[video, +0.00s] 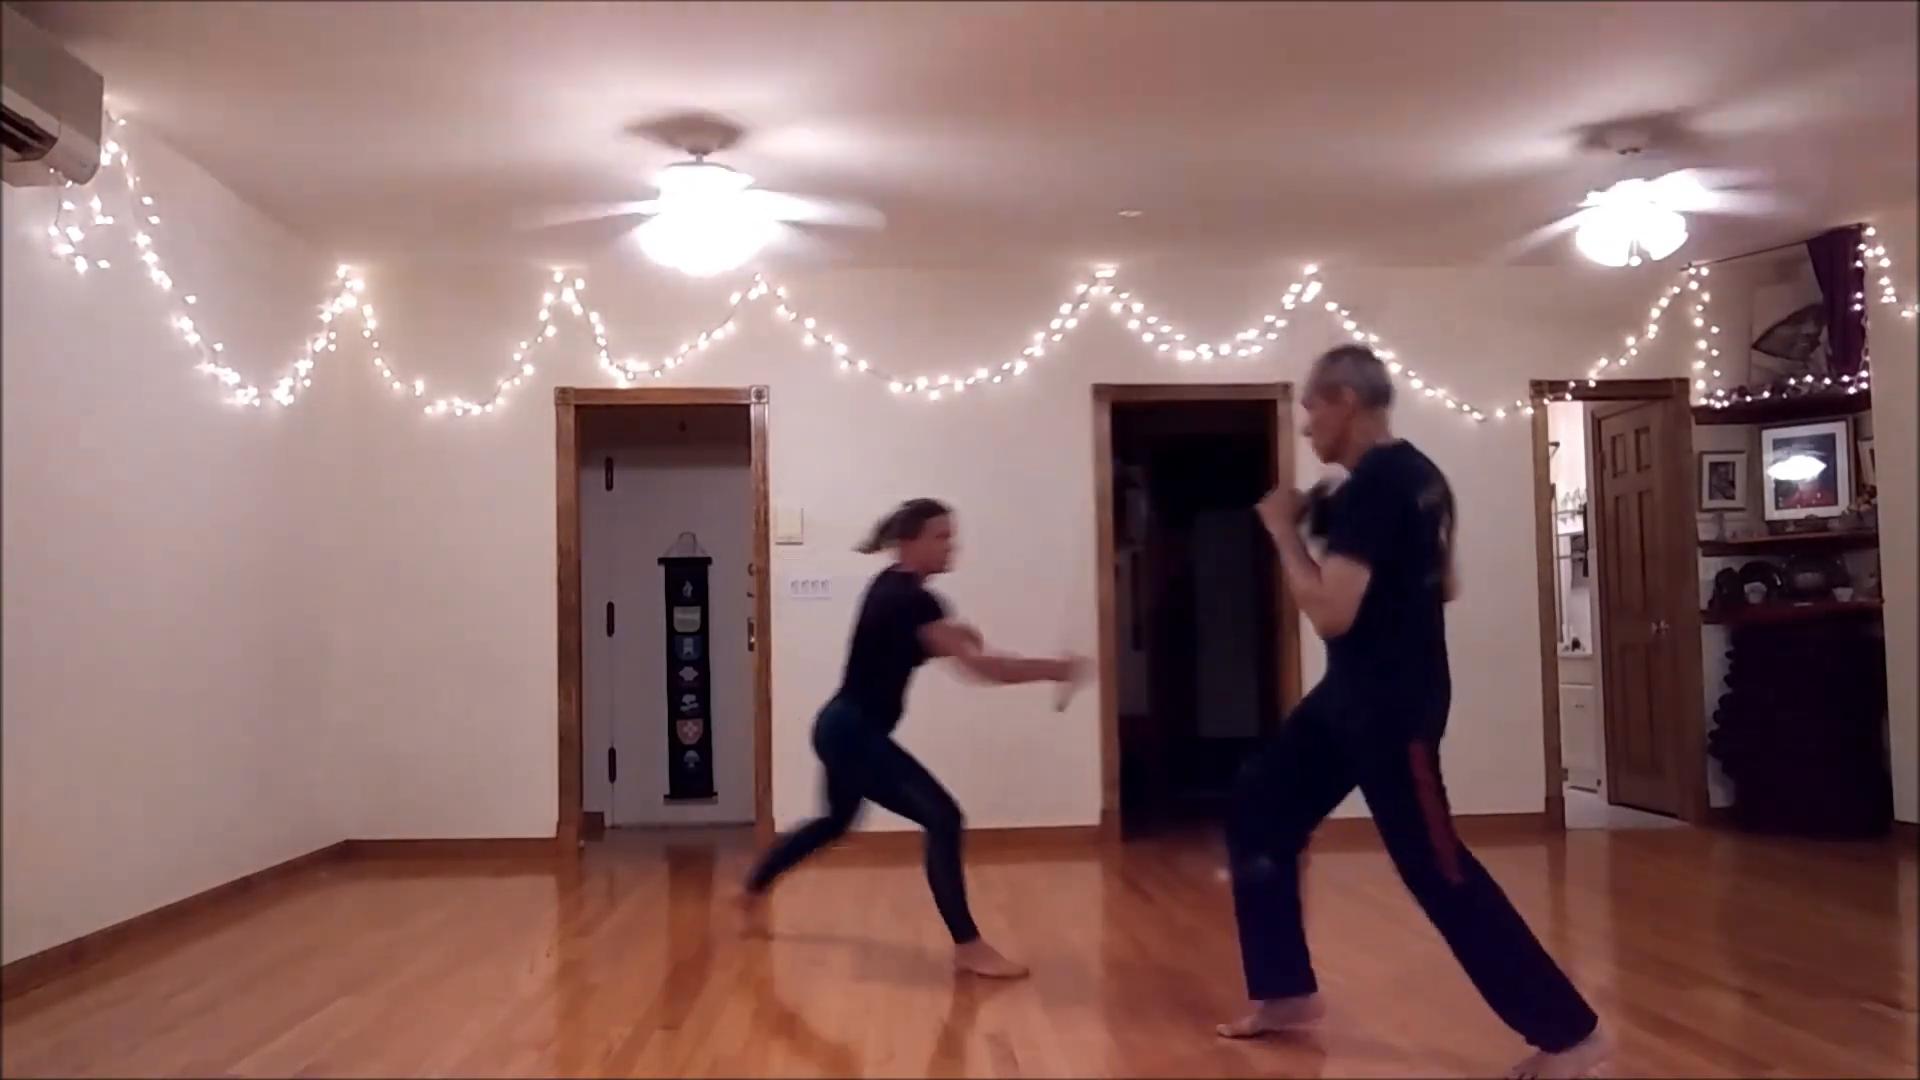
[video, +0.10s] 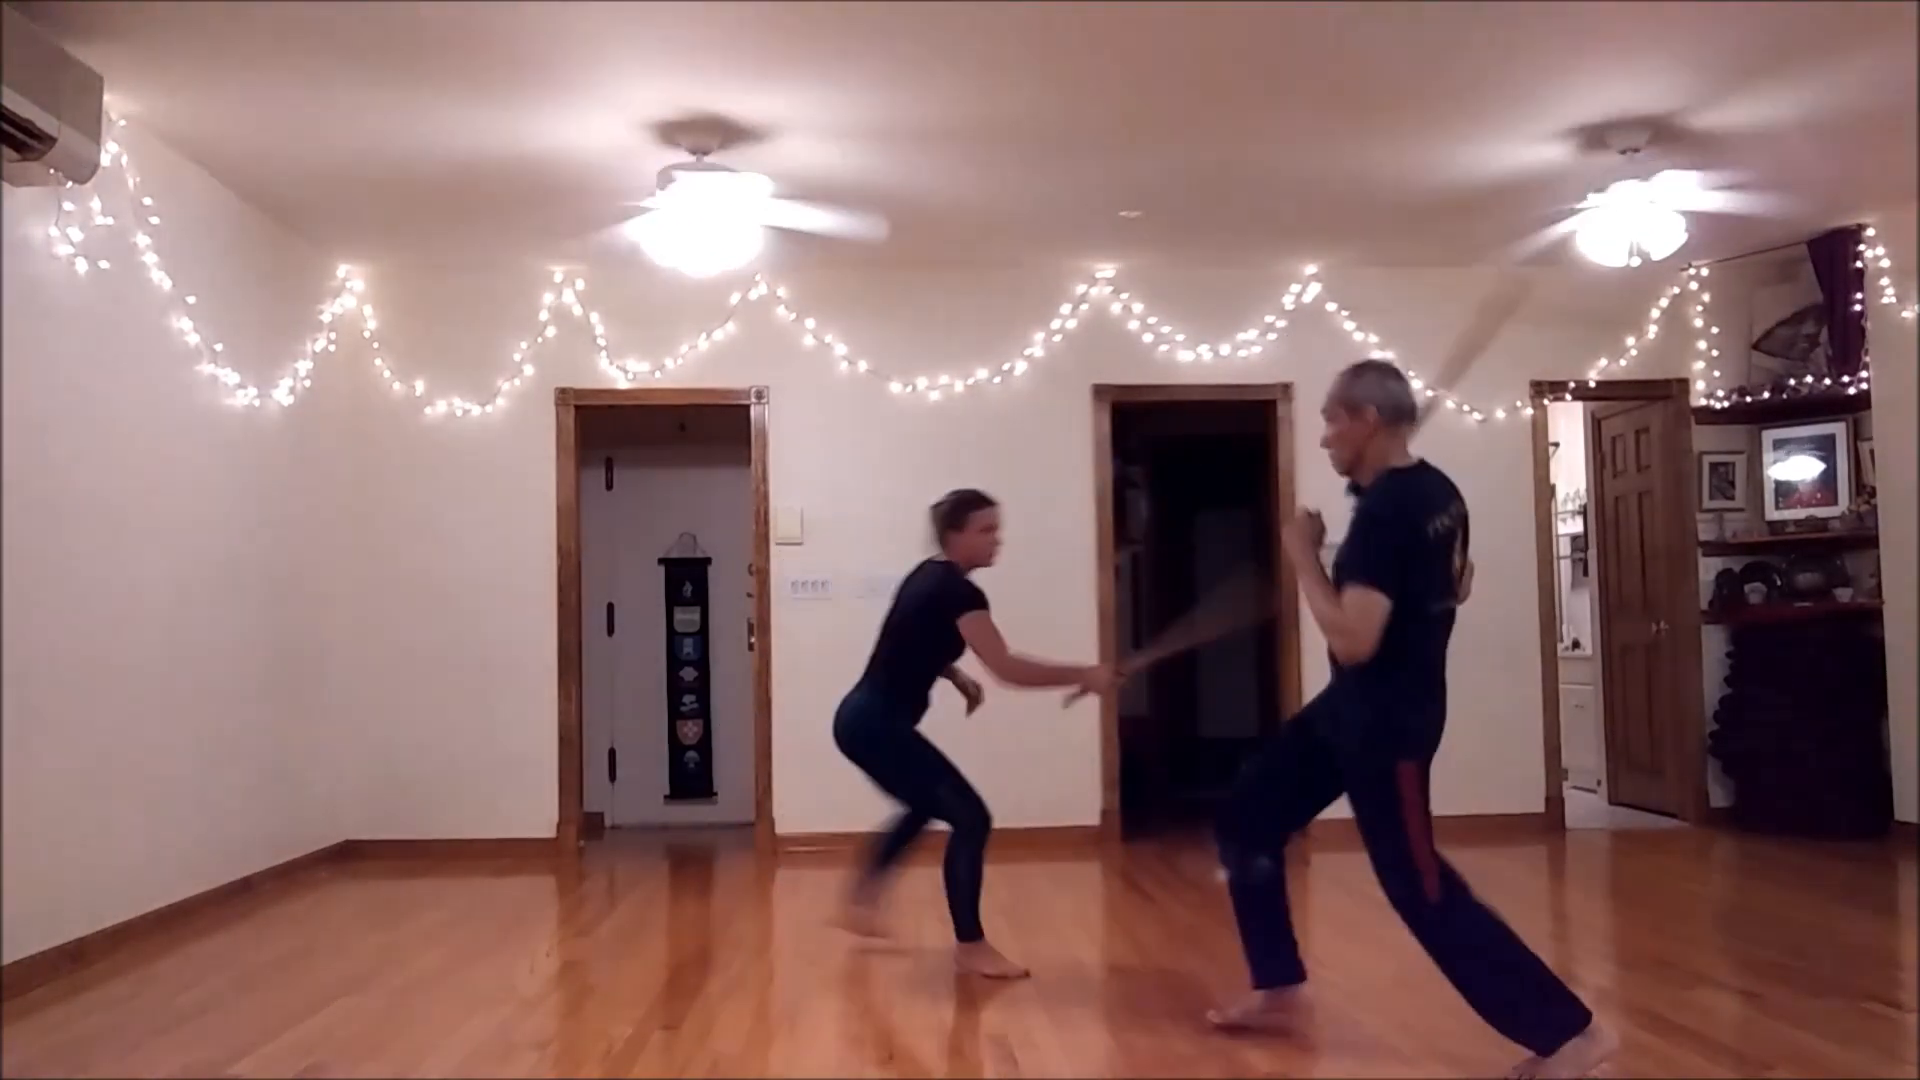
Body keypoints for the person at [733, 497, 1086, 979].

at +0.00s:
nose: (949, 546)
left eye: (950, 537)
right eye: (941, 537)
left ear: (910, 543)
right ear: (910, 542)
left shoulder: (892, 586)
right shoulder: (908, 598)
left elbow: (929, 637)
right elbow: (981, 664)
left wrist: (958, 637)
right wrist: (1054, 670)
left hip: (843, 729)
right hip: (856, 739)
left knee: (836, 820)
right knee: (943, 817)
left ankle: (755, 883)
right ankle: (968, 945)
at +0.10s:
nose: (997, 539)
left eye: (997, 530)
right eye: (987, 531)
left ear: (953, 537)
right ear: (955, 535)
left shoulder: (926, 575)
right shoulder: (957, 590)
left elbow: (913, 642)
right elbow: (1007, 668)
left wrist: (957, 678)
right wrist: (1085, 674)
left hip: (860, 720)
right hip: (880, 730)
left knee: (926, 803)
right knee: (972, 819)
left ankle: (862, 898)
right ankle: (971, 946)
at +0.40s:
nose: (1029, 508)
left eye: (1030, 497)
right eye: (1021, 497)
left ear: (981, 501)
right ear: (982, 497)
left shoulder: (935, 551)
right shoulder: (995, 561)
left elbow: (905, 621)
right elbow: (1066, 631)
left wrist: (955, 653)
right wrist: (1118, 574)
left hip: (936, 719)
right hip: (970, 723)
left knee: (1002, 826)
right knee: (1027, 841)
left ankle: (1010, 940)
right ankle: (1004, 973)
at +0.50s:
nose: (1033, 504)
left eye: (1034, 492)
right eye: (1028, 492)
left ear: (979, 494)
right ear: (991, 491)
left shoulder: (928, 551)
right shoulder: (1017, 554)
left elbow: (897, 636)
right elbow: (1090, 624)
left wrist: (947, 662)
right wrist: (1148, 577)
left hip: (928, 731)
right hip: (990, 732)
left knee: (974, 827)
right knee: (1027, 876)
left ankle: (999, 930)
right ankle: (985, 1013)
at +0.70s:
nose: (1027, 494)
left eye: (1028, 482)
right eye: (1025, 482)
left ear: (969, 477)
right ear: (1000, 478)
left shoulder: (912, 536)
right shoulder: (1021, 542)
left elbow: (891, 637)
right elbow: (1074, 634)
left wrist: (963, 653)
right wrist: (1127, 621)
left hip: (922, 725)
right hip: (997, 724)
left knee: (925, 857)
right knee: (1025, 881)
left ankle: (878, 978)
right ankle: (980, 1035)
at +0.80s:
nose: (1021, 487)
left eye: (1022, 476)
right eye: (1020, 476)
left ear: (958, 470)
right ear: (999, 473)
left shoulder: (900, 526)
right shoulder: (1016, 538)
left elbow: (878, 630)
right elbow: (1062, 637)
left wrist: (942, 641)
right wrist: (1110, 634)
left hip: (914, 718)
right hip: (990, 719)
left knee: (880, 868)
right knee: (1017, 880)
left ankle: (828, 998)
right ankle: (980, 1038)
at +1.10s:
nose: (975, 481)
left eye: (976, 472)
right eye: (975, 471)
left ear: (910, 461)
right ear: (961, 467)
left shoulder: (852, 512)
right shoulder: (973, 535)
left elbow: (806, 613)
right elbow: (984, 653)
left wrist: (862, 656)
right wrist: (975, 707)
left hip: (867, 717)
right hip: (950, 719)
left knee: (824, 890)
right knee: (993, 877)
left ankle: (796, 1062)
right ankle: (985, 1038)